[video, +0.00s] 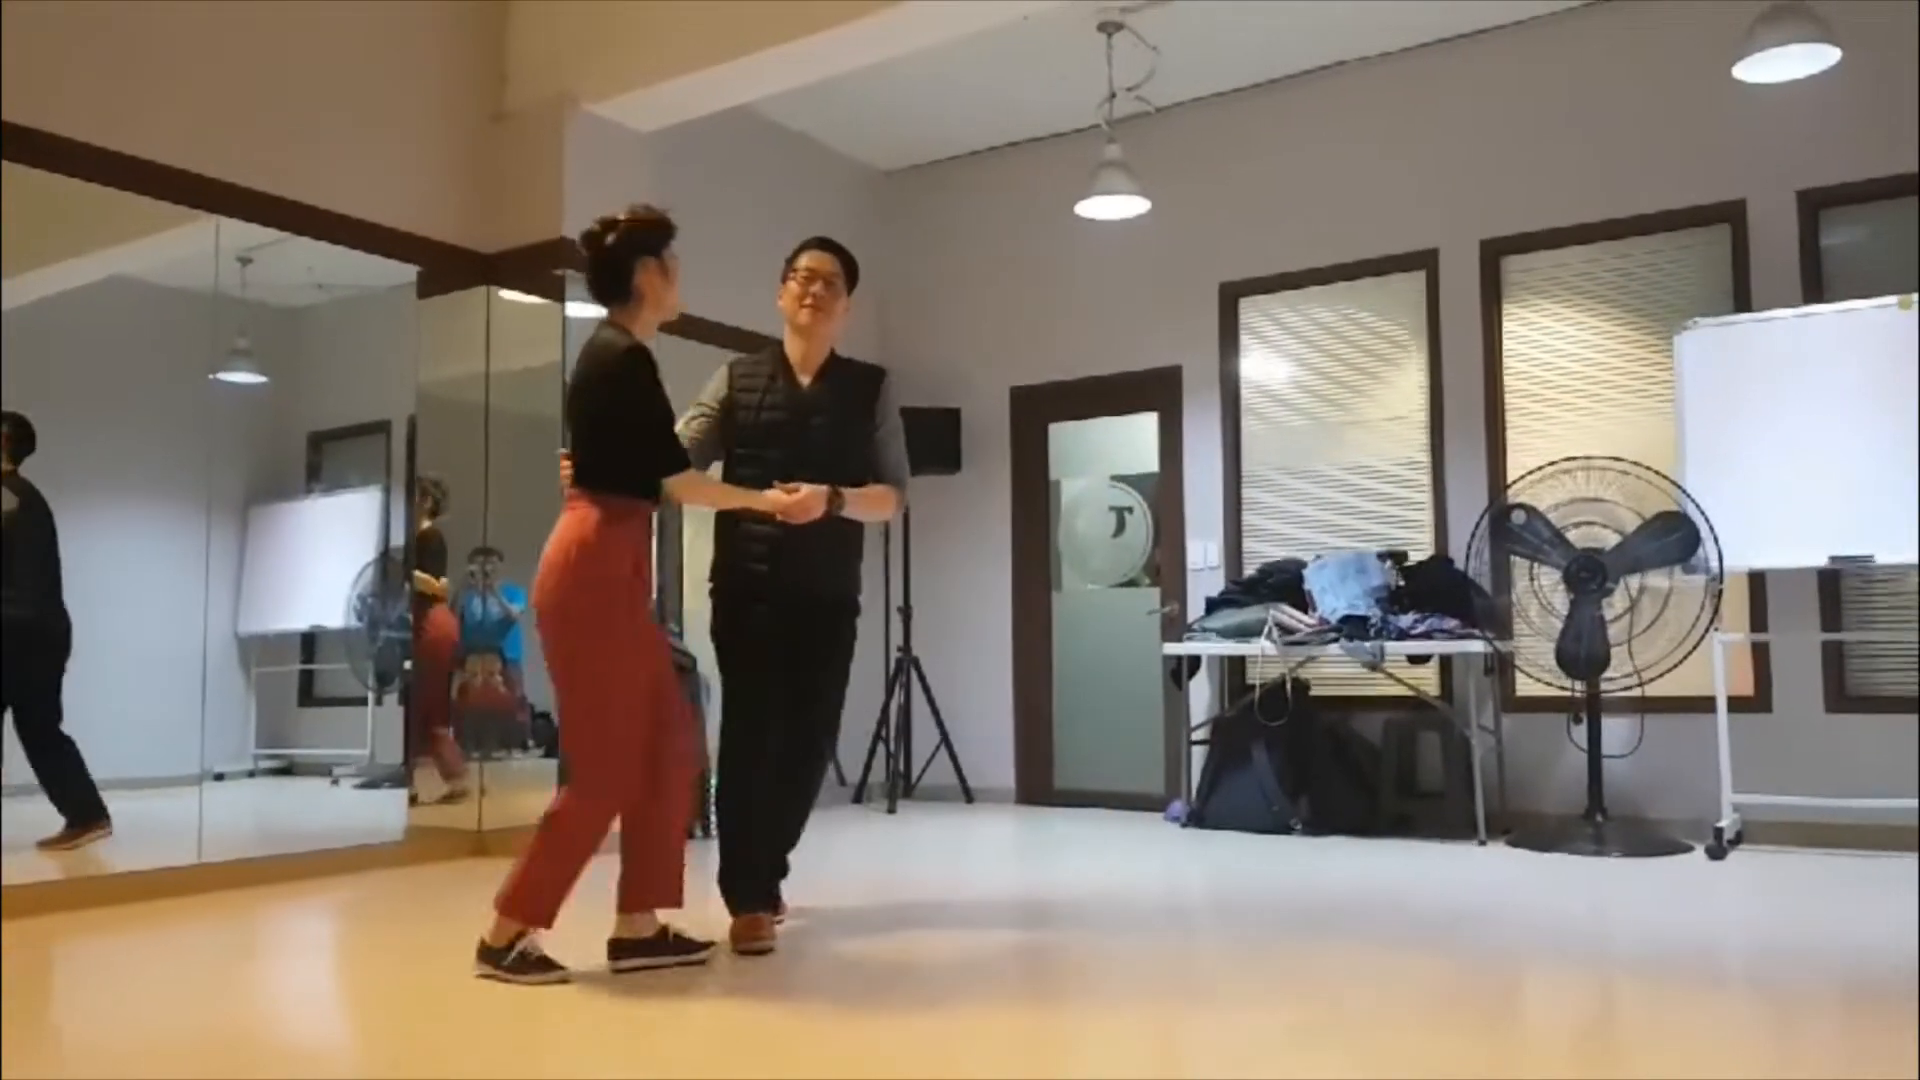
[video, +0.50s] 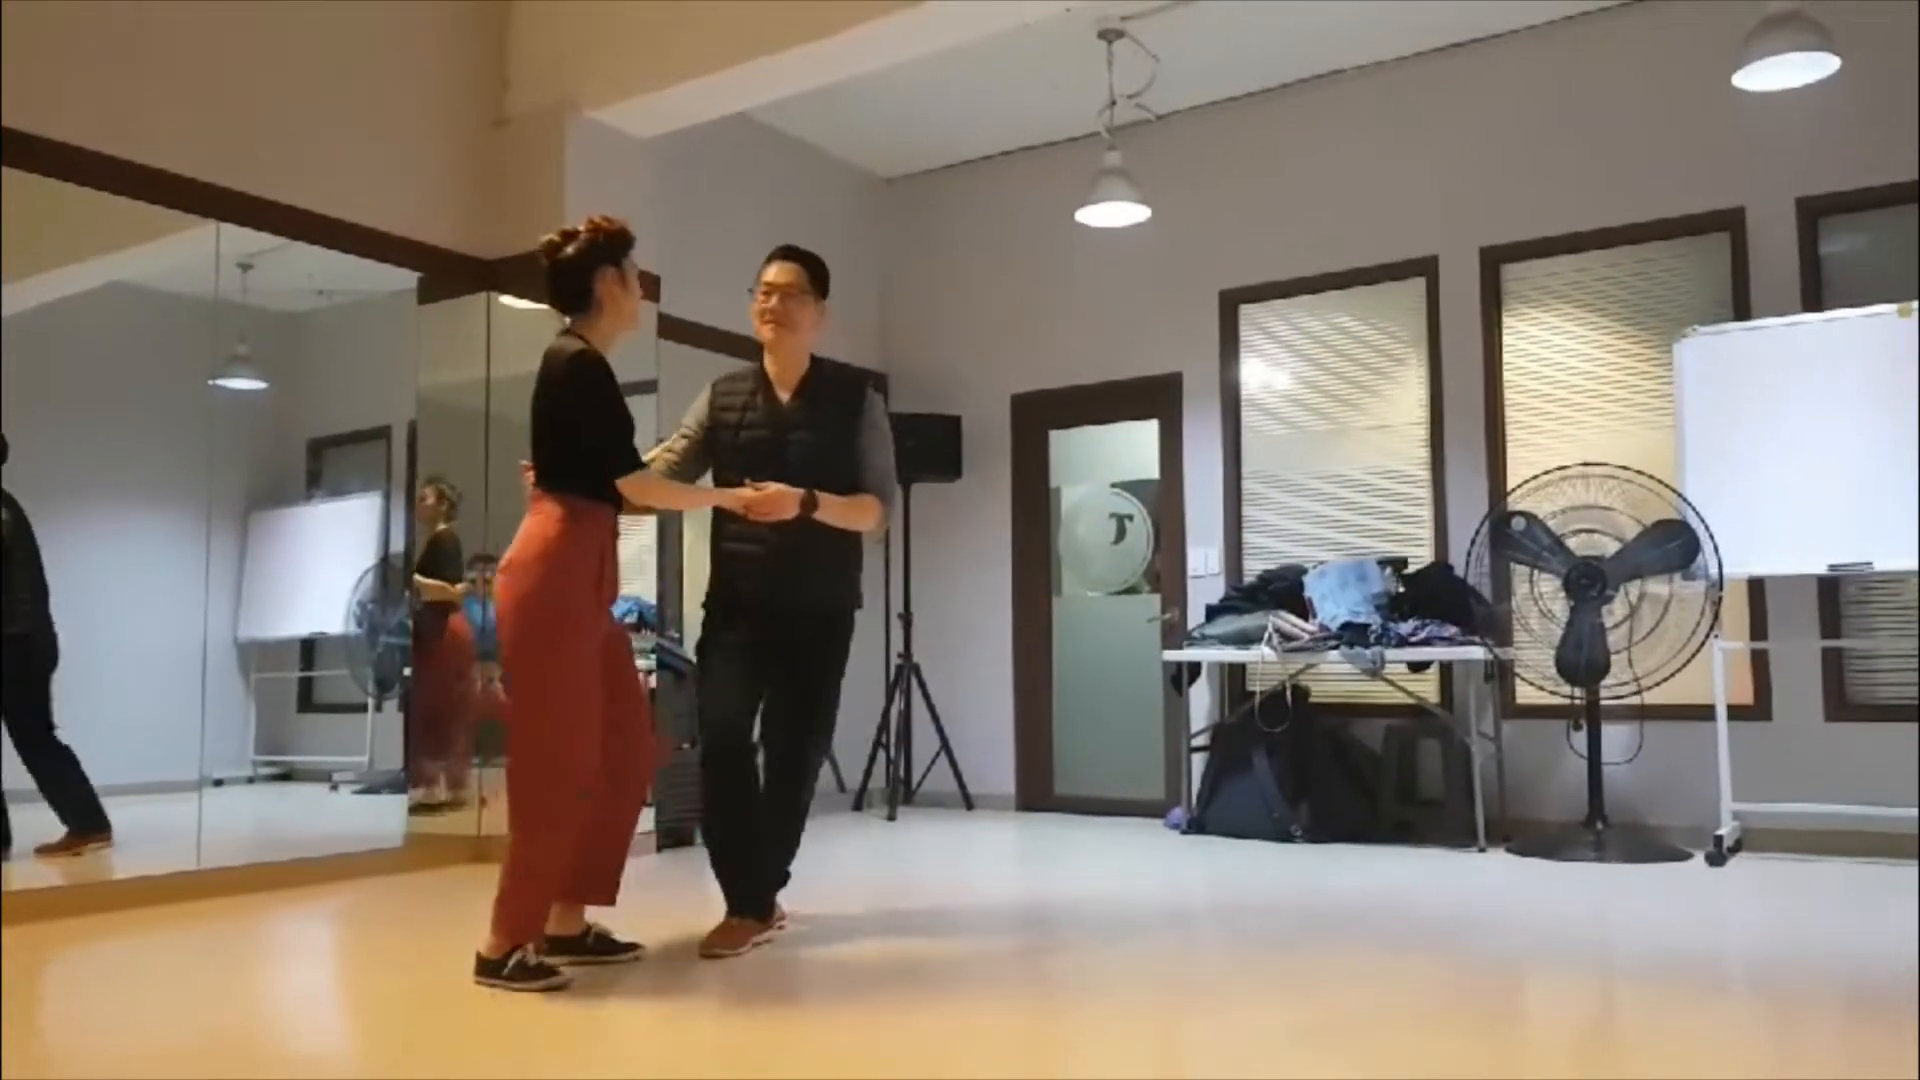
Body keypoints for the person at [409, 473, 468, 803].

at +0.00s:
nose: (410, 504)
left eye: (414, 498)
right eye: (411, 498)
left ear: (427, 502)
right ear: (425, 501)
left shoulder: (431, 537)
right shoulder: (417, 537)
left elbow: (439, 586)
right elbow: (419, 580)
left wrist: (407, 573)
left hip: (433, 618)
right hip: (422, 616)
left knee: (428, 704)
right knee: (420, 703)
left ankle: (457, 777)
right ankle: (405, 780)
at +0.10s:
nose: (414, 504)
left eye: (419, 498)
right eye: (414, 498)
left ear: (437, 503)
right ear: (429, 503)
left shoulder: (441, 535)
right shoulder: (428, 537)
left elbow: (450, 585)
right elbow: (434, 581)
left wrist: (416, 572)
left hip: (442, 621)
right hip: (434, 619)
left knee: (439, 702)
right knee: (443, 703)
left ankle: (457, 782)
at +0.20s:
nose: (420, 503)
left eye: (426, 496)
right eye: (419, 497)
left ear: (445, 500)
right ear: (435, 502)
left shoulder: (448, 534)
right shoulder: (437, 536)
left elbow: (454, 583)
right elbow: (436, 579)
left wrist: (419, 570)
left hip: (446, 624)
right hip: (434, 623)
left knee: (454, 703)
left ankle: (462, 784)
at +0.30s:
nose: (424, 504)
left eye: (430, 497)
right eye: (423, 498)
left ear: (448, 502)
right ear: (435, 504)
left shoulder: (452, 536)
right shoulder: (440, 536)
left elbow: (454, 584)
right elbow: (440, 581)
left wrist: (420, 571)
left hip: (449, 625)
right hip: (432, 624)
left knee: (457, 702)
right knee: (417, 700)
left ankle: (464, 786)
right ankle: (416, 781)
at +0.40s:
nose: (424, 506)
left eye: (430, 498)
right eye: (423, 499)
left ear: (448, 503)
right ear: (436, 505)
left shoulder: (452, 538)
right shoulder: (441, 538)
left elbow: (458, 587)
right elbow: (443, 583)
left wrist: (420, 576)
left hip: (449, 629)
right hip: (433, 627)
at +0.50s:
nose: (419, 506)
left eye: (425, 500)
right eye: (419, 500)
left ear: (444, 504)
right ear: (435, 506)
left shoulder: (446, 539)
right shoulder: (436, 540)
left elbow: (456, 590)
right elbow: (435, 585)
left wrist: (419, 582)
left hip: (442, 631)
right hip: (433, 629)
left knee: (435, 705)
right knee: (449, 706)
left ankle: (434, 788)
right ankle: (456, 787)